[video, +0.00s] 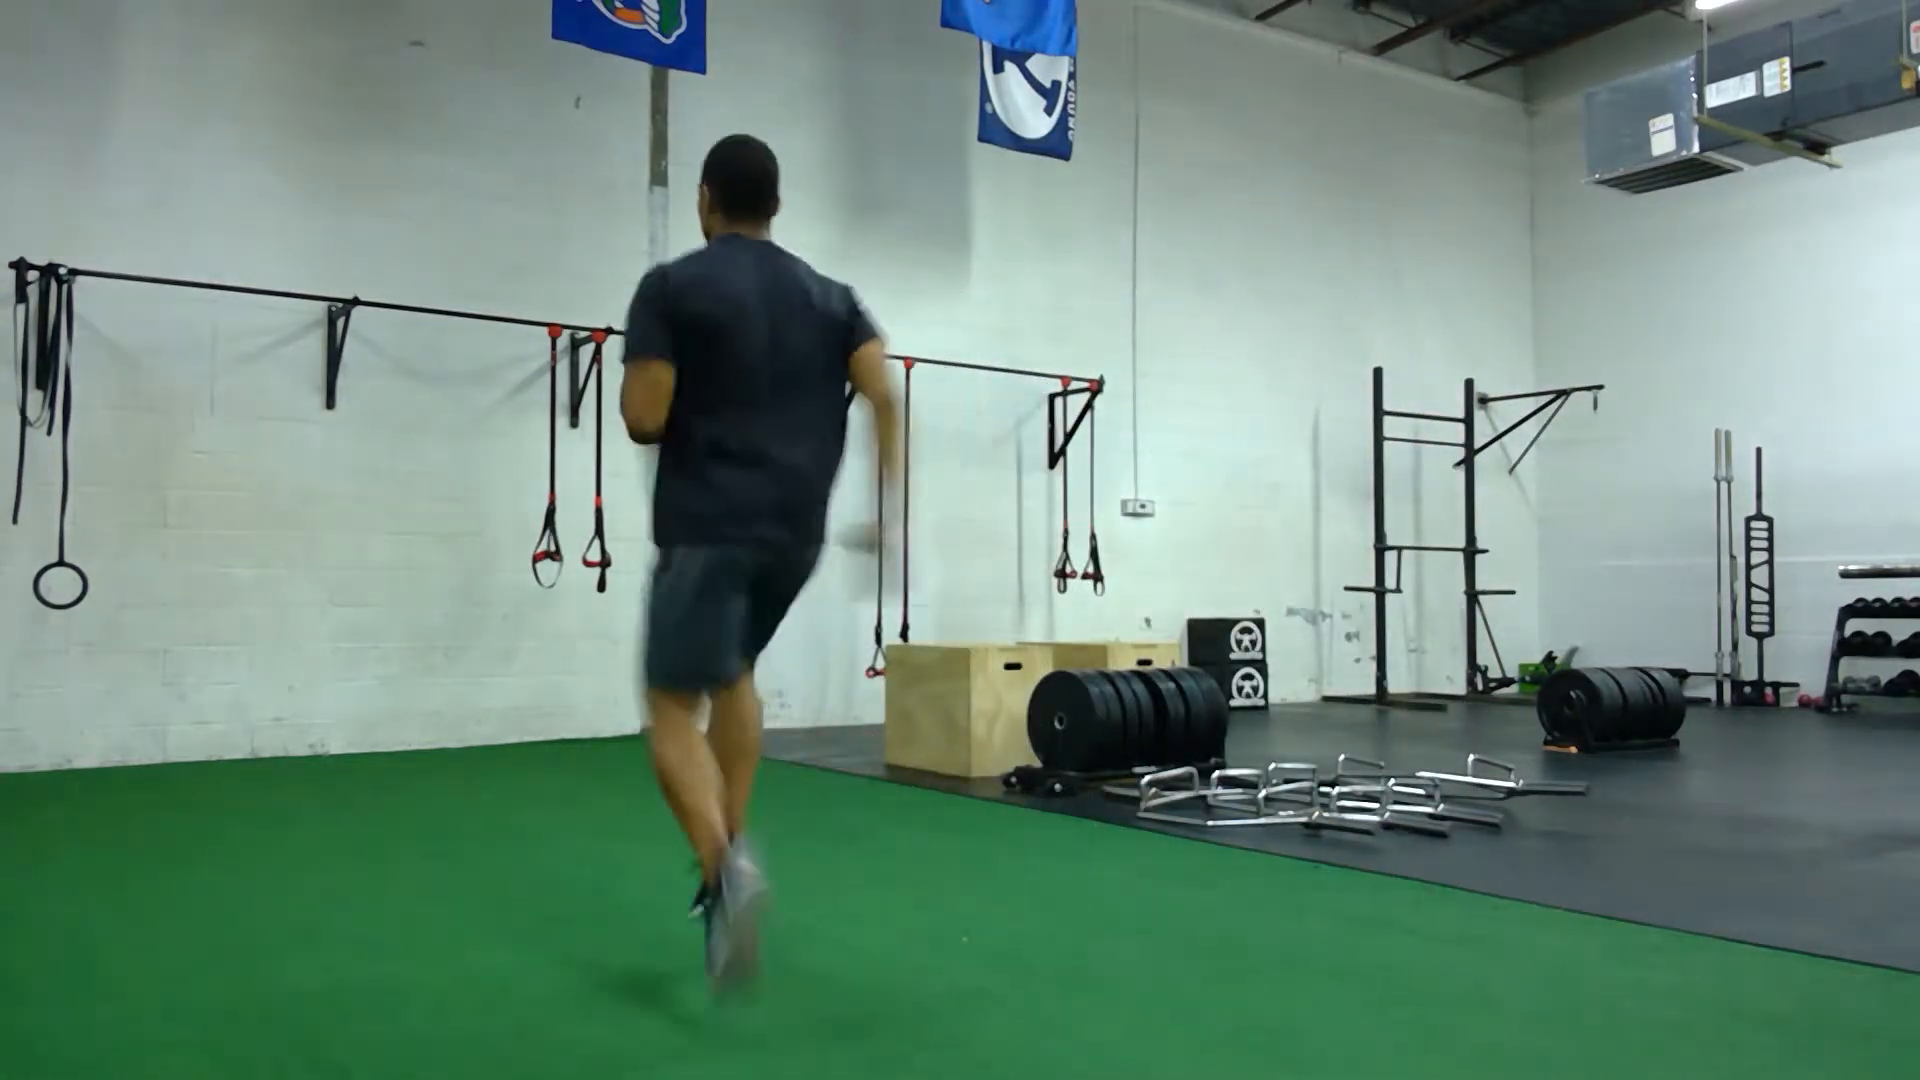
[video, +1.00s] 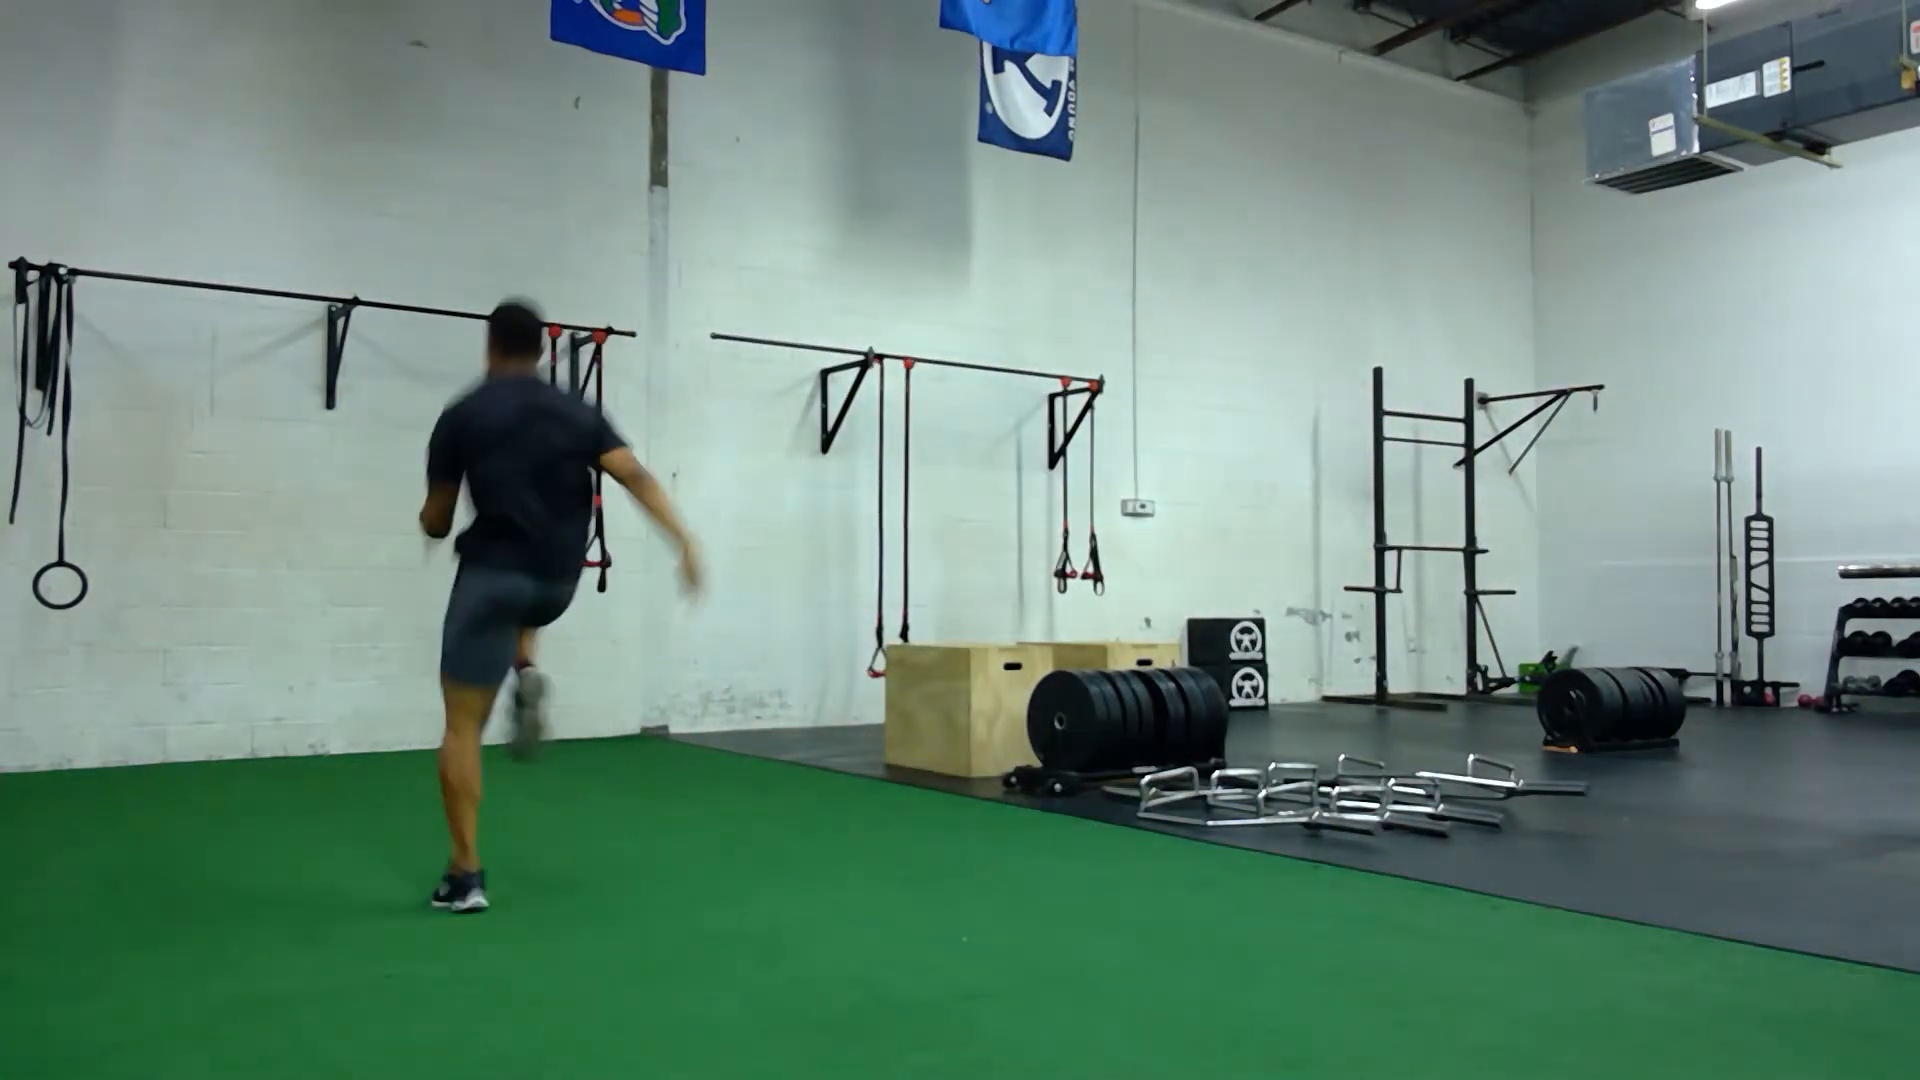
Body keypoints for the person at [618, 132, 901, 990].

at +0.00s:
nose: (703, 204)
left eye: (702, 193)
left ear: (705, 201)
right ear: (777, 208)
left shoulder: (672, 286)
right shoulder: (824, 293)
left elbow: (644, 417)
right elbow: (888, 395)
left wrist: (689, 397)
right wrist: (887, 507)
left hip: (707, 532)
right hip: (794, 535)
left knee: (671, 712)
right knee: (734, 679)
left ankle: (724, 865)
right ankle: (725, 860)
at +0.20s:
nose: (672, 275)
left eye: (673, 265)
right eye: (685, 264)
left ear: (677, 272)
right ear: (739, 279)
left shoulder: (655, 350)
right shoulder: (775, 370)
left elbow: (641, 433)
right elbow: (770, 471)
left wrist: (635, 541)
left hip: (661, 566)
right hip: (744, 583)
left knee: (563, 554)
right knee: (714, 742)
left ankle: (620, 700)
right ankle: (708, 921)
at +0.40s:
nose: (623, 260)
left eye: (623, 248)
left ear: (628, 251)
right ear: (689, 257)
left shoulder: (611, 318)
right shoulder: (730, 342)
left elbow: (622, 397)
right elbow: (735, 458)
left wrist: (651, 507)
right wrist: (669, 426)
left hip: (614, 523)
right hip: (694, 537)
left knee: (538, 506)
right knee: (670, 707)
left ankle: (578, 656)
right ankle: (660, 872)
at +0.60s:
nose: (588, 305)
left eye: (589, 295)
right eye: (598, 296)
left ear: (596, 296)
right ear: (651, 303)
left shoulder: (578, 349)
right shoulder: (688, 380)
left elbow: (572, 416)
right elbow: (687, 479)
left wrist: (579, 516)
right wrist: (640, 522)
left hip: (572, 544)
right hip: (645, 563)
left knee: (511, 533)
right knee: (631, 711)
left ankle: (550, 681)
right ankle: (636, 853)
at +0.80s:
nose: (549, 341)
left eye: (546, 331)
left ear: (548, 334)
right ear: (604, 339)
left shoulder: (527, 383)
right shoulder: (637, 409)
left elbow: (515, 417)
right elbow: (629, 494)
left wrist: (527, 456)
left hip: (532, 572)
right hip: (605, 585)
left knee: (476, 563)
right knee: (595, 728)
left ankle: (505, 704)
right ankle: (593, 878)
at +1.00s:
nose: (494, 353)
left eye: (491, 343)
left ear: (488, 346)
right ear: (541, 349)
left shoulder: (464, 414)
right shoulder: (575, 411)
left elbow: (437, 522)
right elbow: (633, 474)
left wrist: (441, 496)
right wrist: (685, 543)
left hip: (491, 584)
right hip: (557, 586)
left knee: (462, 726)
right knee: (522, 609)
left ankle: (465, 874)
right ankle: (529, 678)